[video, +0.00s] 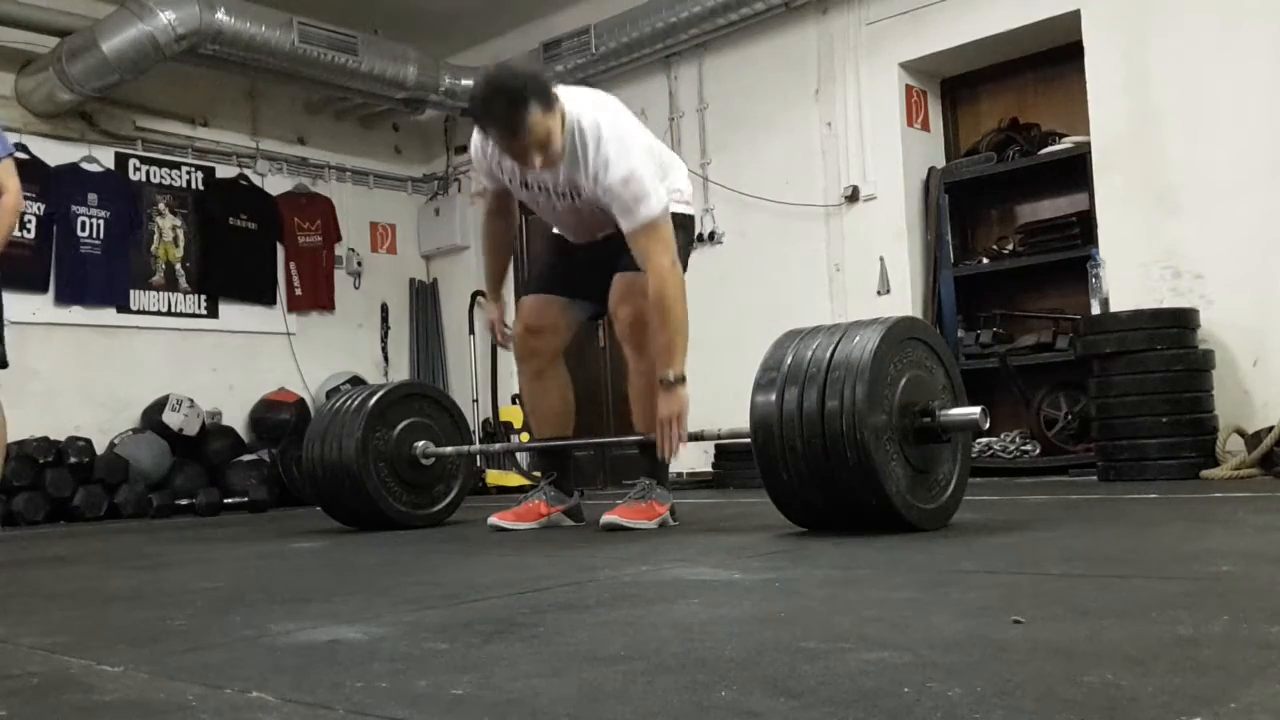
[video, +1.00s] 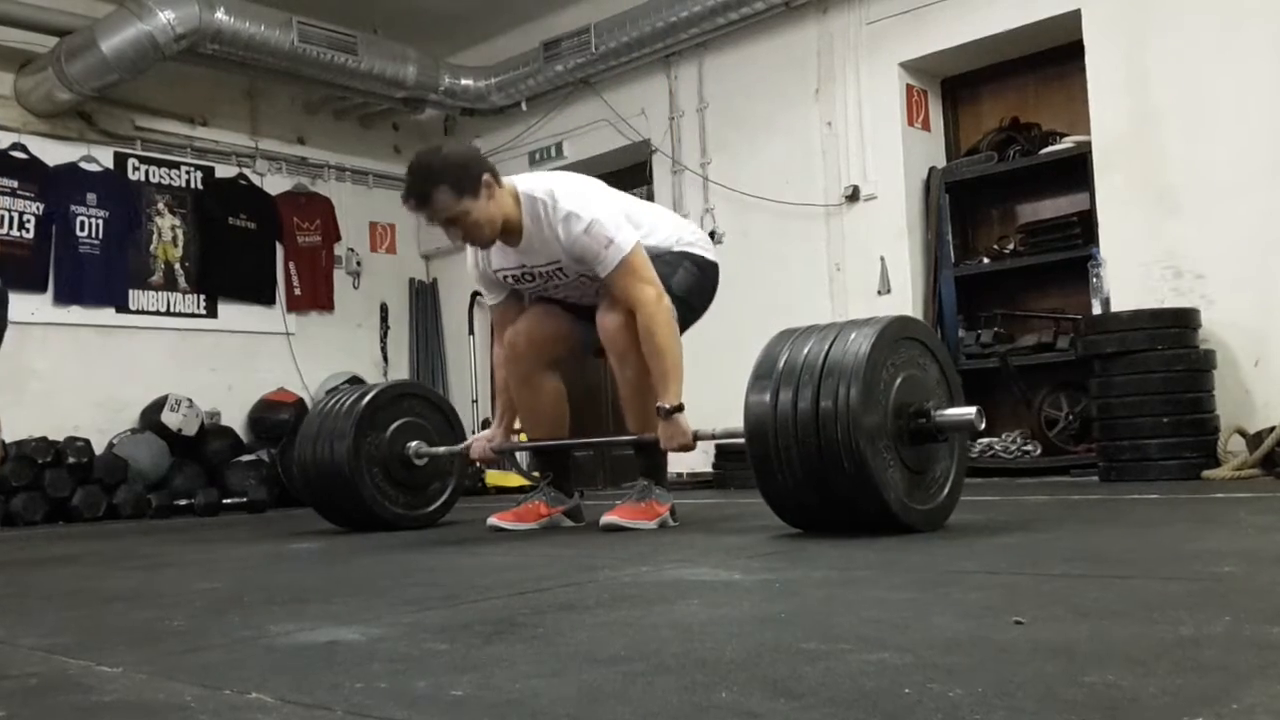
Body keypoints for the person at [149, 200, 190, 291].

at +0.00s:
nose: (162, 211)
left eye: (164, 209)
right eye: (160, 210)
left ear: (167, 208)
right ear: (159, 210)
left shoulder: (174, 220)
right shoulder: (158, 220)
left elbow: (180, 235)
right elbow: (156, 234)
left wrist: (180, 249)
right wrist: (154, 245)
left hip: (172, 243)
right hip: (161, 243)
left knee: (177, 265)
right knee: (159, 262)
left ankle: (183, 283)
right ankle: (159, 277)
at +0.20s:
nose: (163, 211)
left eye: (164, 209)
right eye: (161, 210)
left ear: (168, 208)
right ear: (159, 211)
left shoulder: (174, 220)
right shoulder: (158, 220)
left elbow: (180, 235)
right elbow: (156, 234)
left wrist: (180, 249)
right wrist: (154, 245)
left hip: (172, 243)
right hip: (162, 243)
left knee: (177, 265)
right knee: (159, 262)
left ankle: (183, 284)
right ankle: (159, 277)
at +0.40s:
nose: (162, 211)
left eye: (164, 209)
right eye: (160, 210)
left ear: (168, 208)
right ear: (159, 210)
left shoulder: (175, 220)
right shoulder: (158, 220)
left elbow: (180, 235)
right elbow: (156, 234)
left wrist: (180, 249)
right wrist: (155, 245)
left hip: (172, 243)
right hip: (162, 243)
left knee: (177, 265)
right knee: (159, 262)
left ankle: (183, 284)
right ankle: (159, 277)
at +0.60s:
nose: (162, 211)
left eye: (164, 209)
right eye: (160, 210)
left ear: (167, 208)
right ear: (159, 210)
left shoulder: (174, 220)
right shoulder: (158, 220)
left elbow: (180, 235)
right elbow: (156, 234)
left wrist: (180, 249)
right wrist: (155, 245)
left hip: (172, 243)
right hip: (162, 243)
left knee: (177, 265)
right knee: (159, 262)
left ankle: (183, 283)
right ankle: (159, 277)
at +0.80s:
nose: (163, 212)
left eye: (165, 209)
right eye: (161, 210)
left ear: (168, 208)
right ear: (159, 211)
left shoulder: (175, 221)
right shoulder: (159, 220)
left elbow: (181, 236)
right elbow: (157, 234)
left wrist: (181, 249)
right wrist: (155, 245)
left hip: (172, 243)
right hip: (162, 243)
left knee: (178, 265)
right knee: (160, 262)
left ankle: (183, 283)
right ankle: (160, 277)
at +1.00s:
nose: (161, 211)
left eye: (163, 209)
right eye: (159, 209)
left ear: (167, 208)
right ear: (158, 210)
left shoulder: (174, 220)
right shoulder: (157, 220)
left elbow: (180, 235)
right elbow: (155, 234)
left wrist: (179, 248)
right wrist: (154, 245)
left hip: (171, 243)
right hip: (160, 243)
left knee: (176, 265)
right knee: (159, 261)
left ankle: (182, 283)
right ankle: (158, 277)